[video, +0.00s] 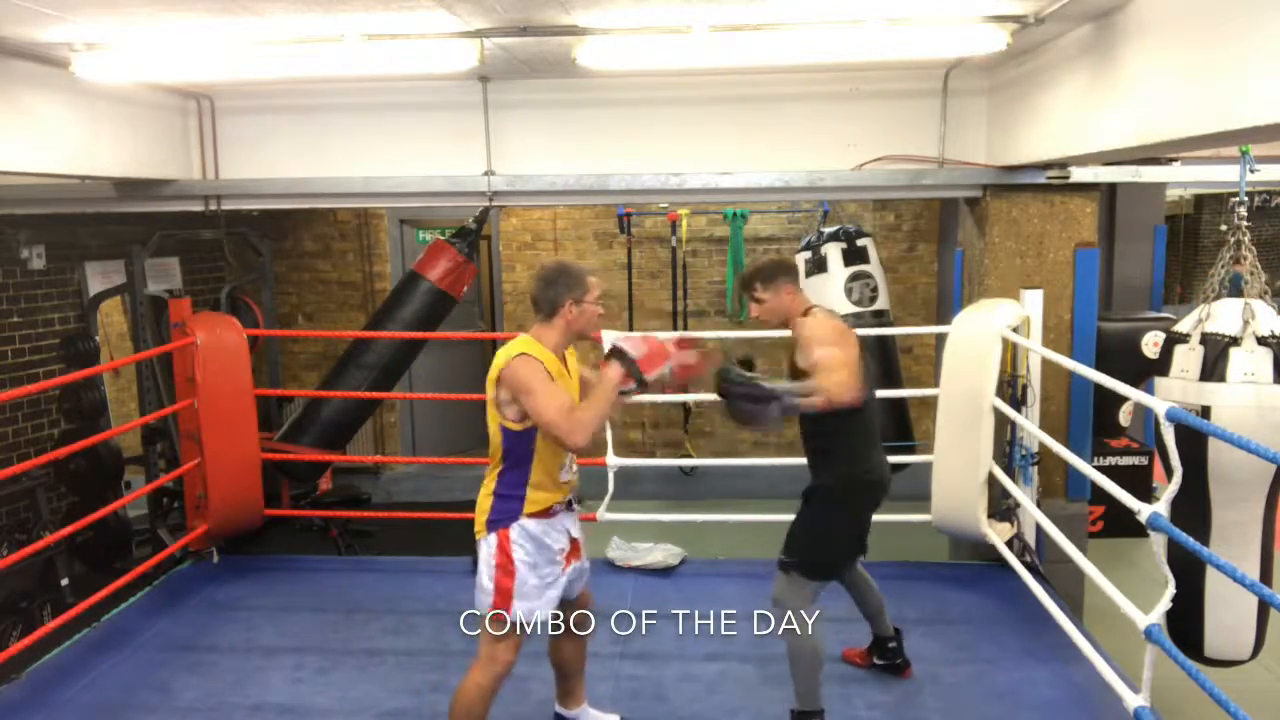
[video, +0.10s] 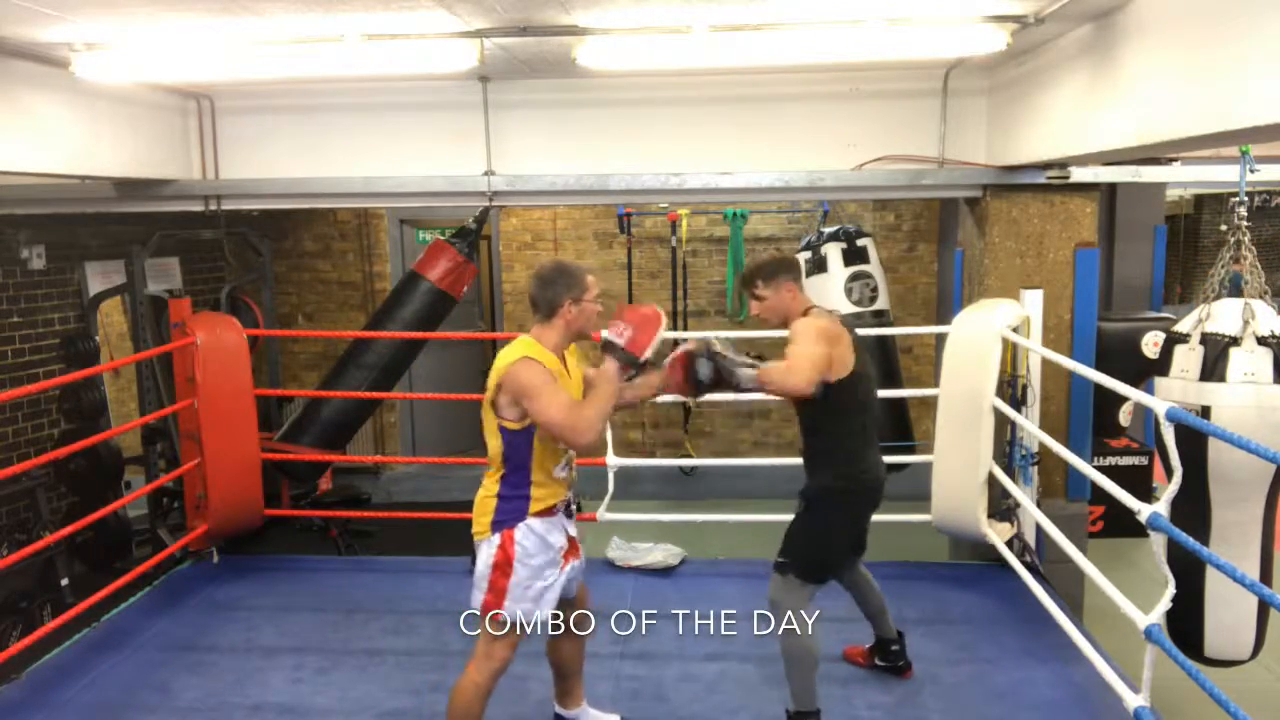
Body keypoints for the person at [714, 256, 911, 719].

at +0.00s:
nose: (754, 312)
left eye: (759, 301)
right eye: (752, 302)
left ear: (785, 293)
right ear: (790, 293)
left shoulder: (817, 328)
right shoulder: (819, 325)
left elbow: (844, 391)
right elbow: (824, 390)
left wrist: (778, 398)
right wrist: (772, 399)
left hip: (843, 481)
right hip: (858, 474)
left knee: (790, 596)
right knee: (844, 565)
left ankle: (807, 712)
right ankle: (888, 648)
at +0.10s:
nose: (754, 310)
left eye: (758, 298)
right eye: (752, 300)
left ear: (787, 290)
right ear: (791, 291)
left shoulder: (811, 328)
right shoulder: (825, 324)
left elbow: (801, 380)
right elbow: (796, 378)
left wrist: (740, 372)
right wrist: (741, 373)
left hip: (837, 486)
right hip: (857, 479)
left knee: (787, 596)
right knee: (843, 564)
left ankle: (804, 713)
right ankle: (891, 649)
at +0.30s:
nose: (750, 329)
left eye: (756, 319)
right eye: (747, 321)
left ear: (784, 309)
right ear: (755, 317)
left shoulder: (829, 350)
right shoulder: (758, 341)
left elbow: (866, 427)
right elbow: (719, 376)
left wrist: (802, 404)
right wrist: (689, 390)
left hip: (836, 490)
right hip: (802, 487)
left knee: (787, 602)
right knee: (824, 575)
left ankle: (821, 715)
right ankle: (885, 647)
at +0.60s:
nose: (677, 360)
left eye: (678, 349)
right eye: (673, 351)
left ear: (704, 339)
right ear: (710, 339)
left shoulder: (742, 382)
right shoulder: (745, 361)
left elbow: (742, 462)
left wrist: (698, 431)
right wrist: (699, 410)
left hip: (787, 510)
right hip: (779, 500)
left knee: (733, 626)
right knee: (726, 560)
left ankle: (799, 713)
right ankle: (727, 625)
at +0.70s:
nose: (676, 339)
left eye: (683, 329)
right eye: (675, 330)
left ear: (713, 320)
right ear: (702, 324)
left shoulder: (762, 355)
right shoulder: (703, 364)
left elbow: (786, 430)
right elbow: (684, 419)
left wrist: (739, 407)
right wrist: (662, 394)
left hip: (775, 486)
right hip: (736, 480)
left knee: (718, 585)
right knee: (697, 560)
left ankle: (761, 695)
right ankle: (734, 621)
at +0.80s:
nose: (678, 329)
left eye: (685, 319)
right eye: (676, 319)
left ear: (712, 311)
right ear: (689, 317)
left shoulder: (758, 344)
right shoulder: (685, 346)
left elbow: (806, 405)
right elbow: (645, 377)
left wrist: (751, 393)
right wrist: (636, 377)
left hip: (762, 481)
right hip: (720, 476)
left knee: (714, 580)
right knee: (687, 561)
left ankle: (724, 699)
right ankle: (737, 614)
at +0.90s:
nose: (665, 321)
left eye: (669, 311)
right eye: (663, 312)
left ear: (699, 304)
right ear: (683, 310)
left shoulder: (742, 342)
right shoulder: (686, 349)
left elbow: (798, 397)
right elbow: (653, 391)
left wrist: (755, 409)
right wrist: (635, 378)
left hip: (748, 481)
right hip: (713, 475)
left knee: (693, 579)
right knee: (689, 557)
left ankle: (717, 698)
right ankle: (737, 612)